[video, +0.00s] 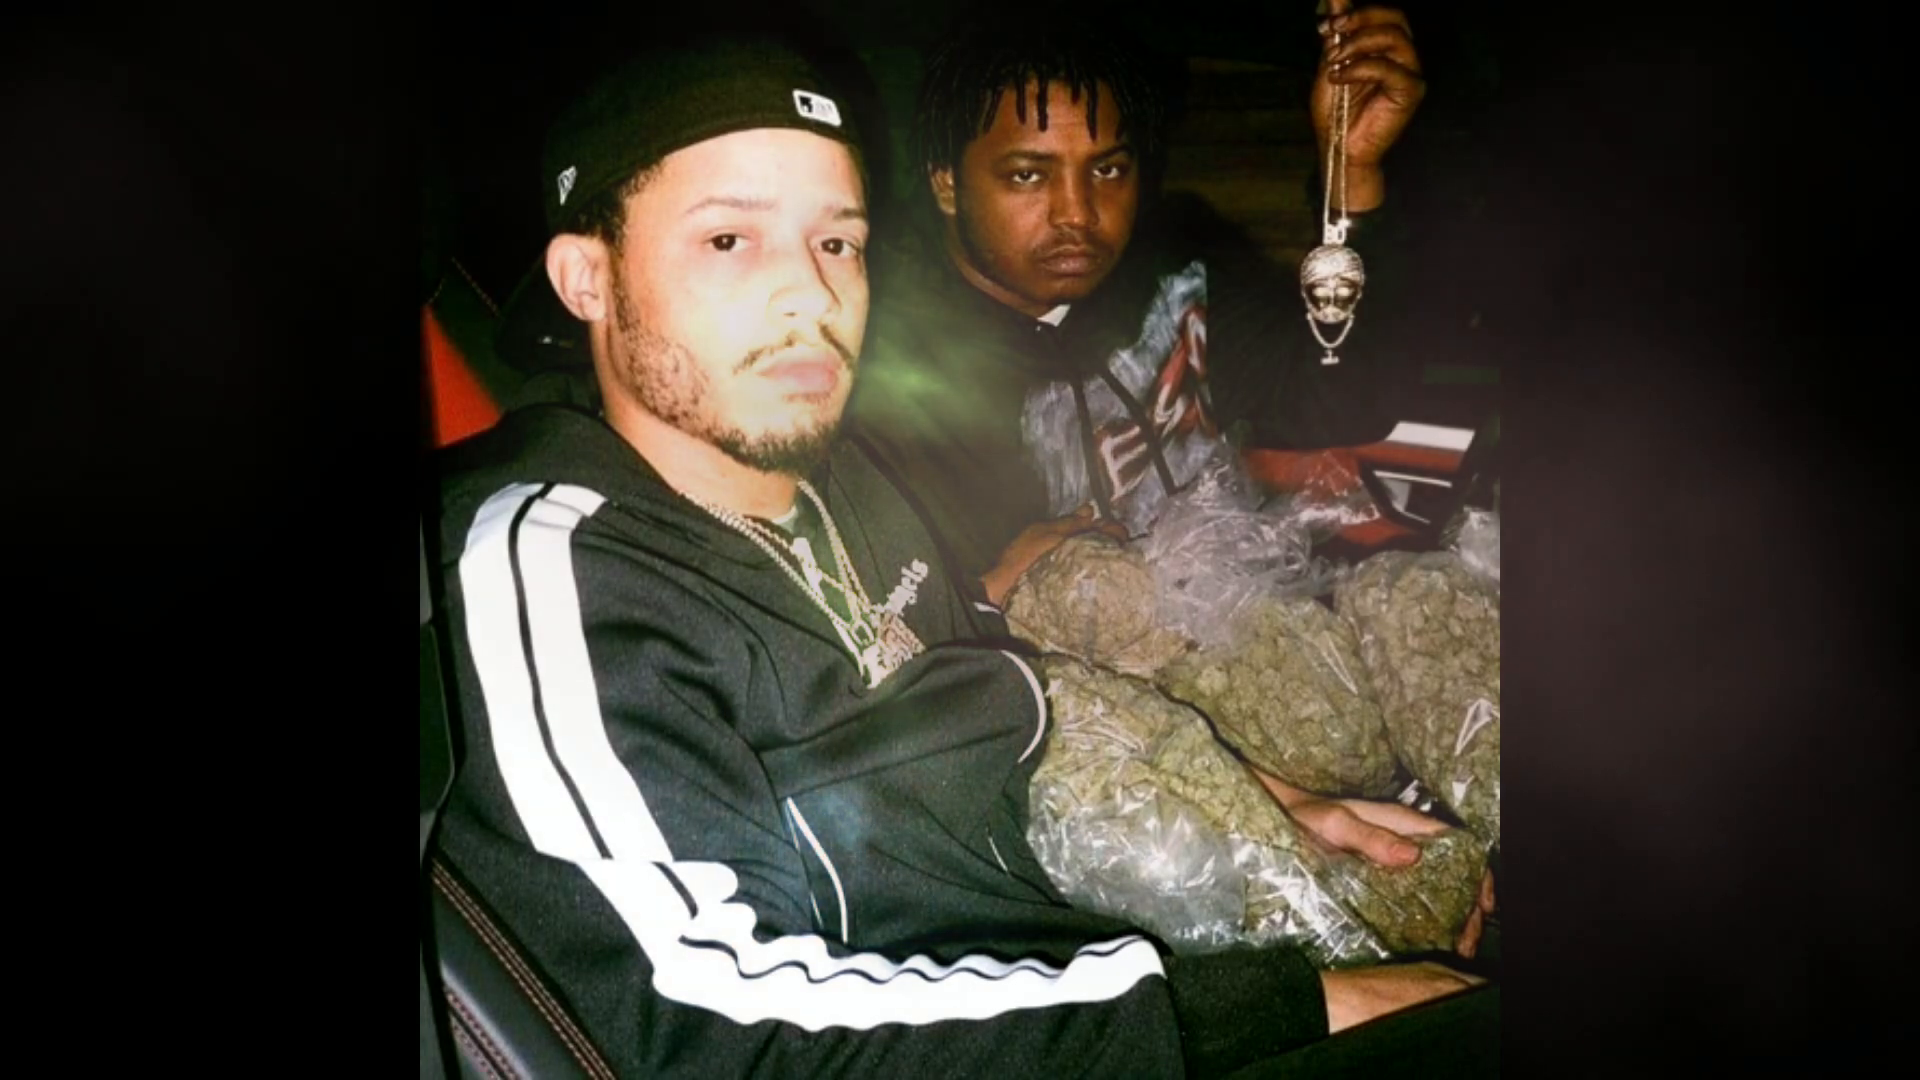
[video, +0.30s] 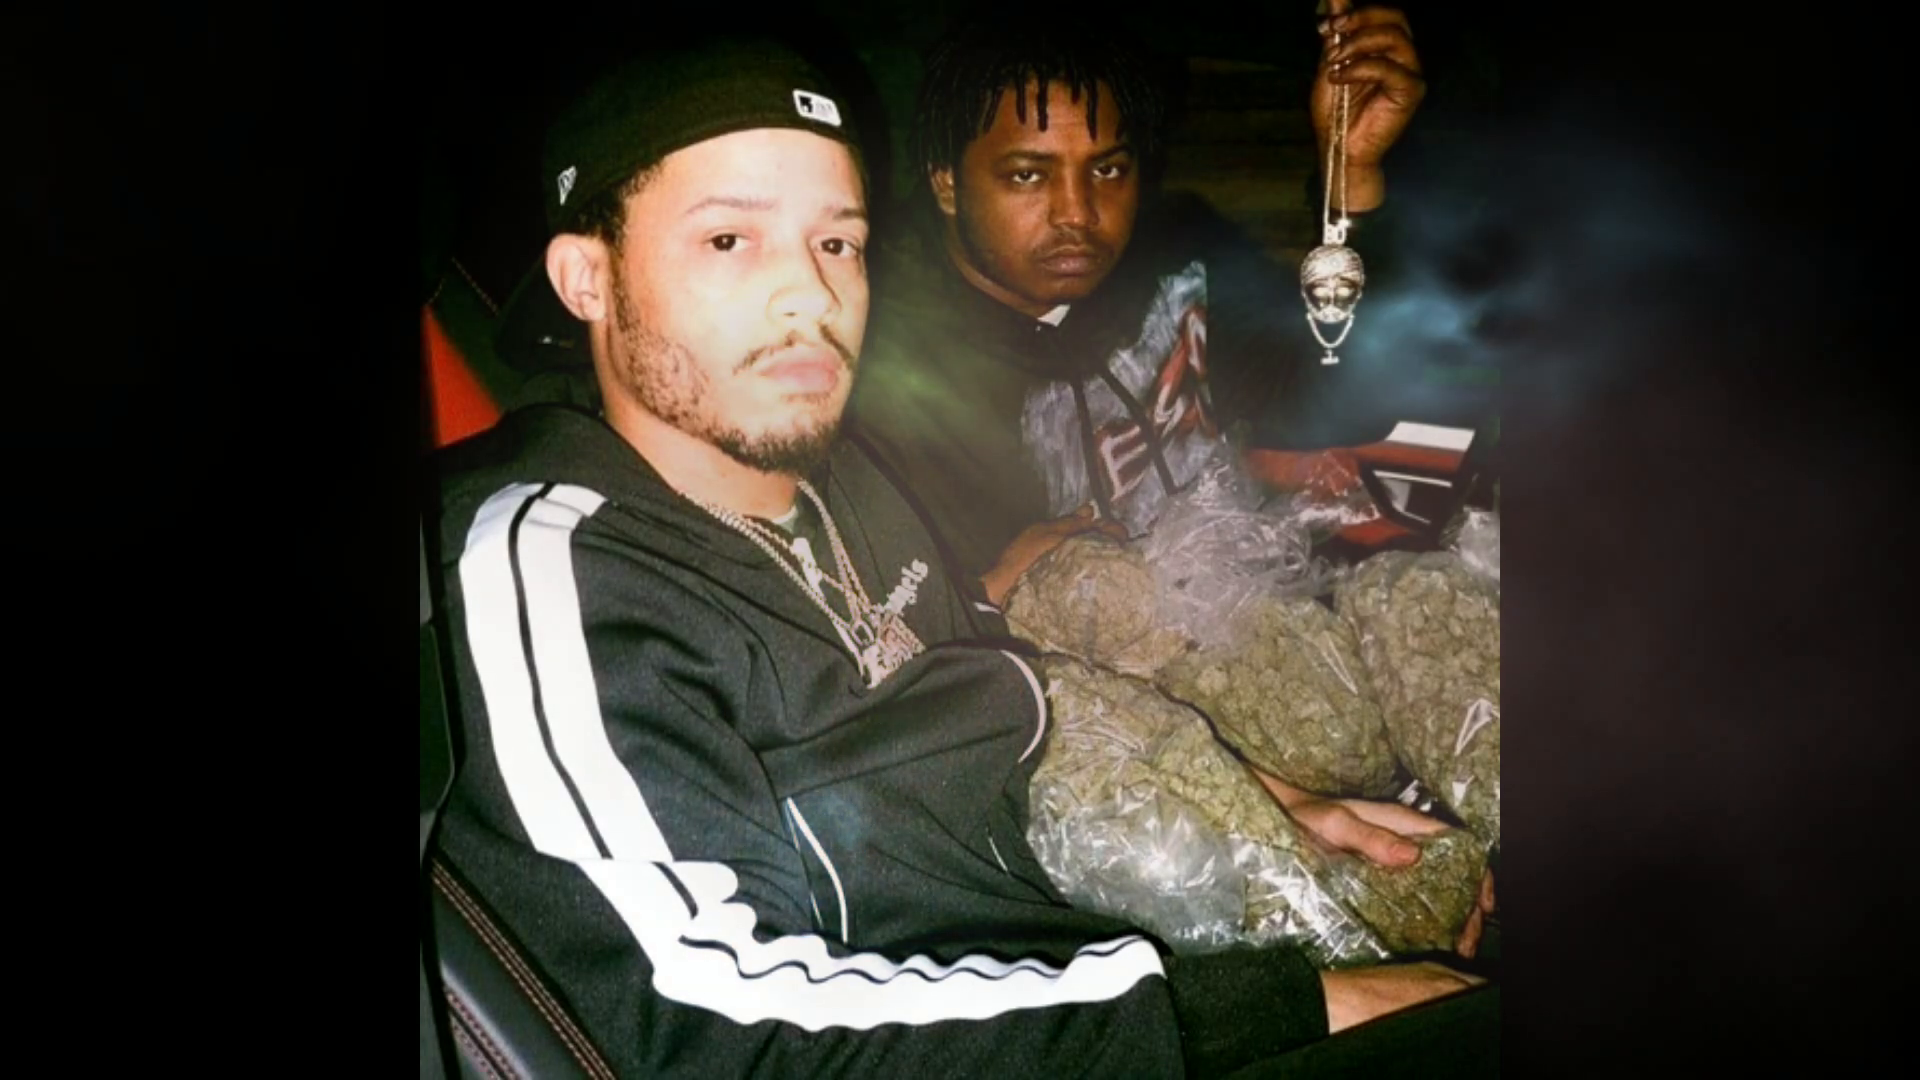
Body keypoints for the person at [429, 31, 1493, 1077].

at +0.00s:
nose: (811, 306)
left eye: (835, 249)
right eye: (730, 246)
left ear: (868, 268)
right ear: (589, 283)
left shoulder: (842, 484)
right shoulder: (530, 550)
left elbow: (1012, 738)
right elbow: (706, 1014)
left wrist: (1267, 817)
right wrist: (1276, 1008)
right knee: (1479, 1006)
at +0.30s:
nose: (811, 304)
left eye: (836, 249)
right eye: (730, 245)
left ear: (868, 269)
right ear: (590, 283)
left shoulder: (840, 481)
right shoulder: (531, 552)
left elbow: (1009, 732)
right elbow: (706, 1011)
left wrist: (1263, 816)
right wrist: (1277, 1009)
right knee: (1483, 1009)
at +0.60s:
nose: (811, 304)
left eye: (836, 249)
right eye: (730, 244)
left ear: (868, 270)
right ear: (589, 283)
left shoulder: (837, 478)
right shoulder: (532, 551)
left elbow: (1010, 731)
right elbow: (710, 1012)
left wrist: (1266, 818)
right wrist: (1277, 1009)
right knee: (1495, 1011)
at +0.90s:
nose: (810, 304)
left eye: (835, 250)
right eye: (728, 244)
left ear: (868, 269)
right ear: (587, 282)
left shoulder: (835, 483)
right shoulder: (535, 557)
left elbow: (1011, 736)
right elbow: (710, 1014)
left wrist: (1269, 822)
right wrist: (1277, 1008)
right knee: (1474, 1008)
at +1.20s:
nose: (812, 305)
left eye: (835, 249)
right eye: (730, 246)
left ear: (867, 266)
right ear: (589, 282)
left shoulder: (831, 481)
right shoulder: (533, 557)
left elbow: (1010, 739)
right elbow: (710, 1015)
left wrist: (1272, 821)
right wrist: (1276, 1008)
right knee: (1472, 1004)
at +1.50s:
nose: (810, 303)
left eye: (835, 249)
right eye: (729, 244)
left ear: (867, 268)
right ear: (588, 283)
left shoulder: (825, 476)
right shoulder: (532, 552)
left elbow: (1008, 732)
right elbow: (708, 1016)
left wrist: (1267, 819)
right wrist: (1278, 1008)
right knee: (1473, 1004)